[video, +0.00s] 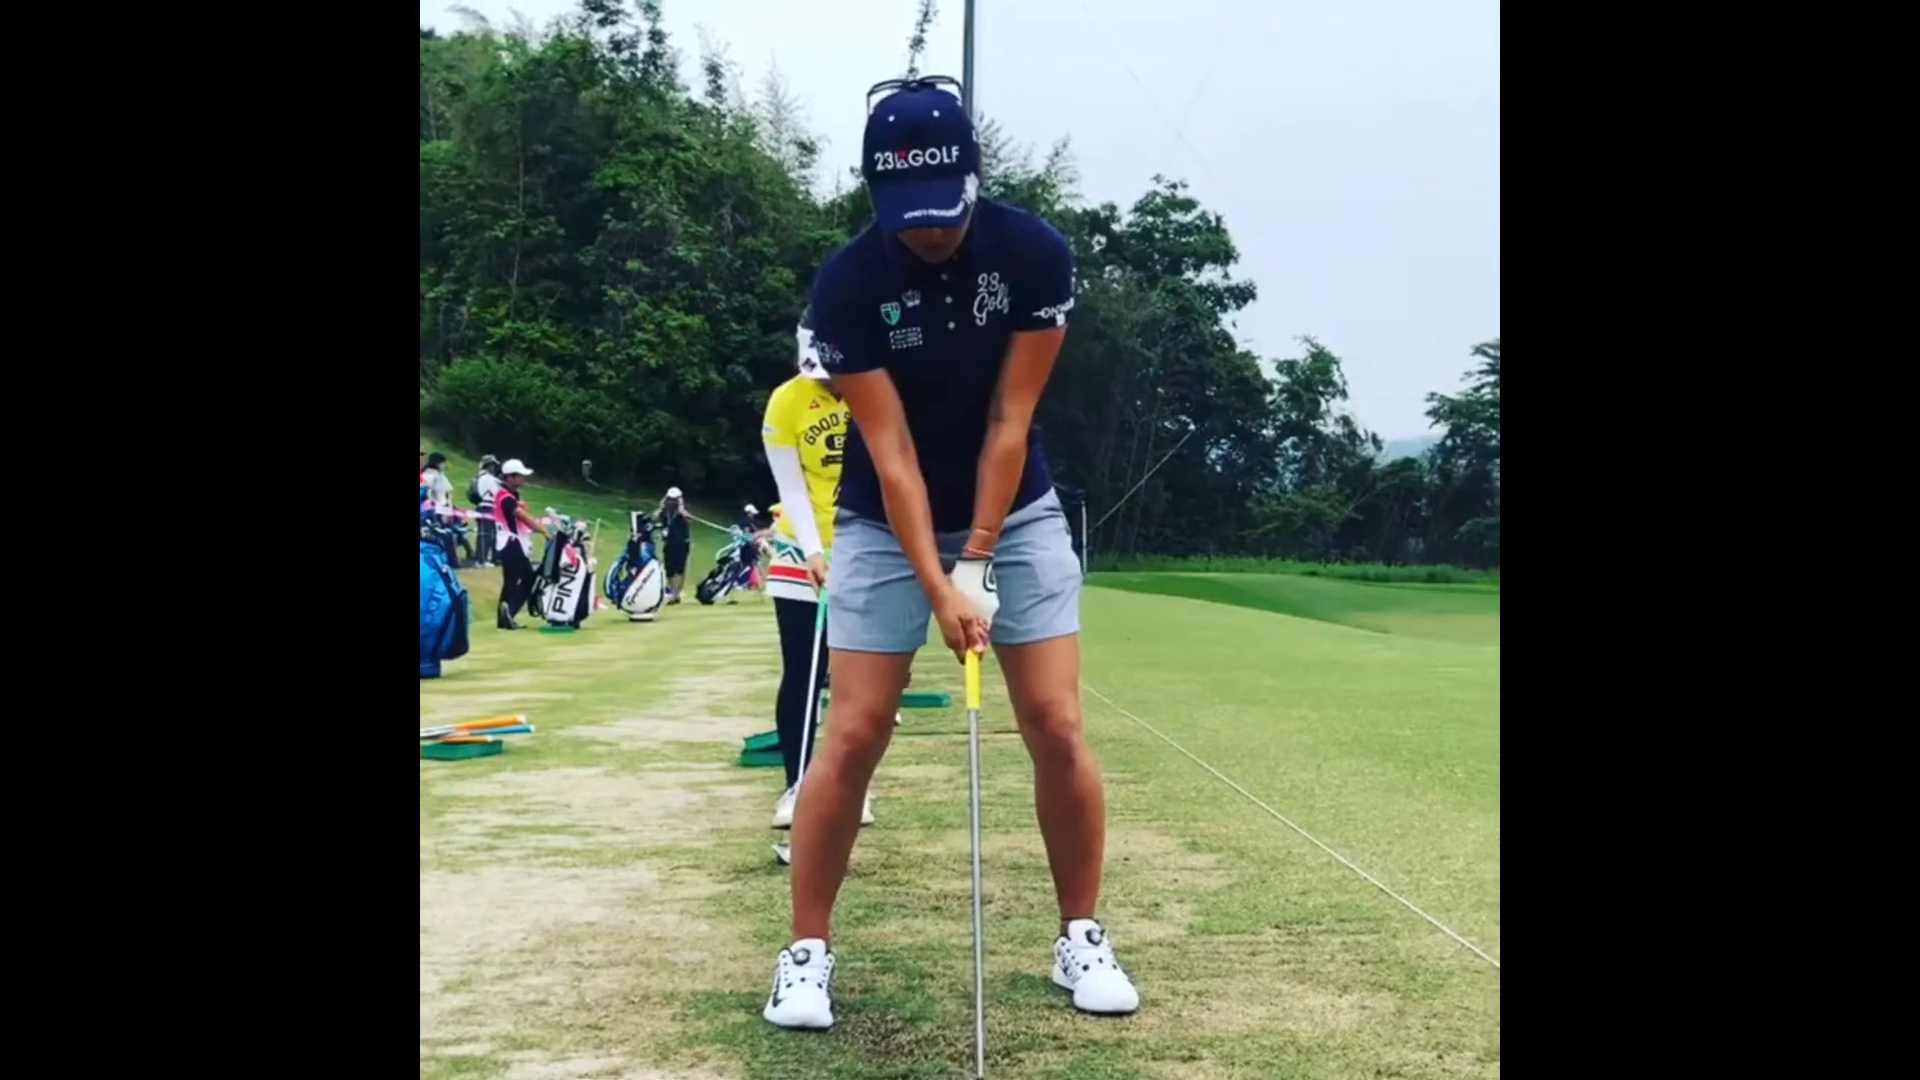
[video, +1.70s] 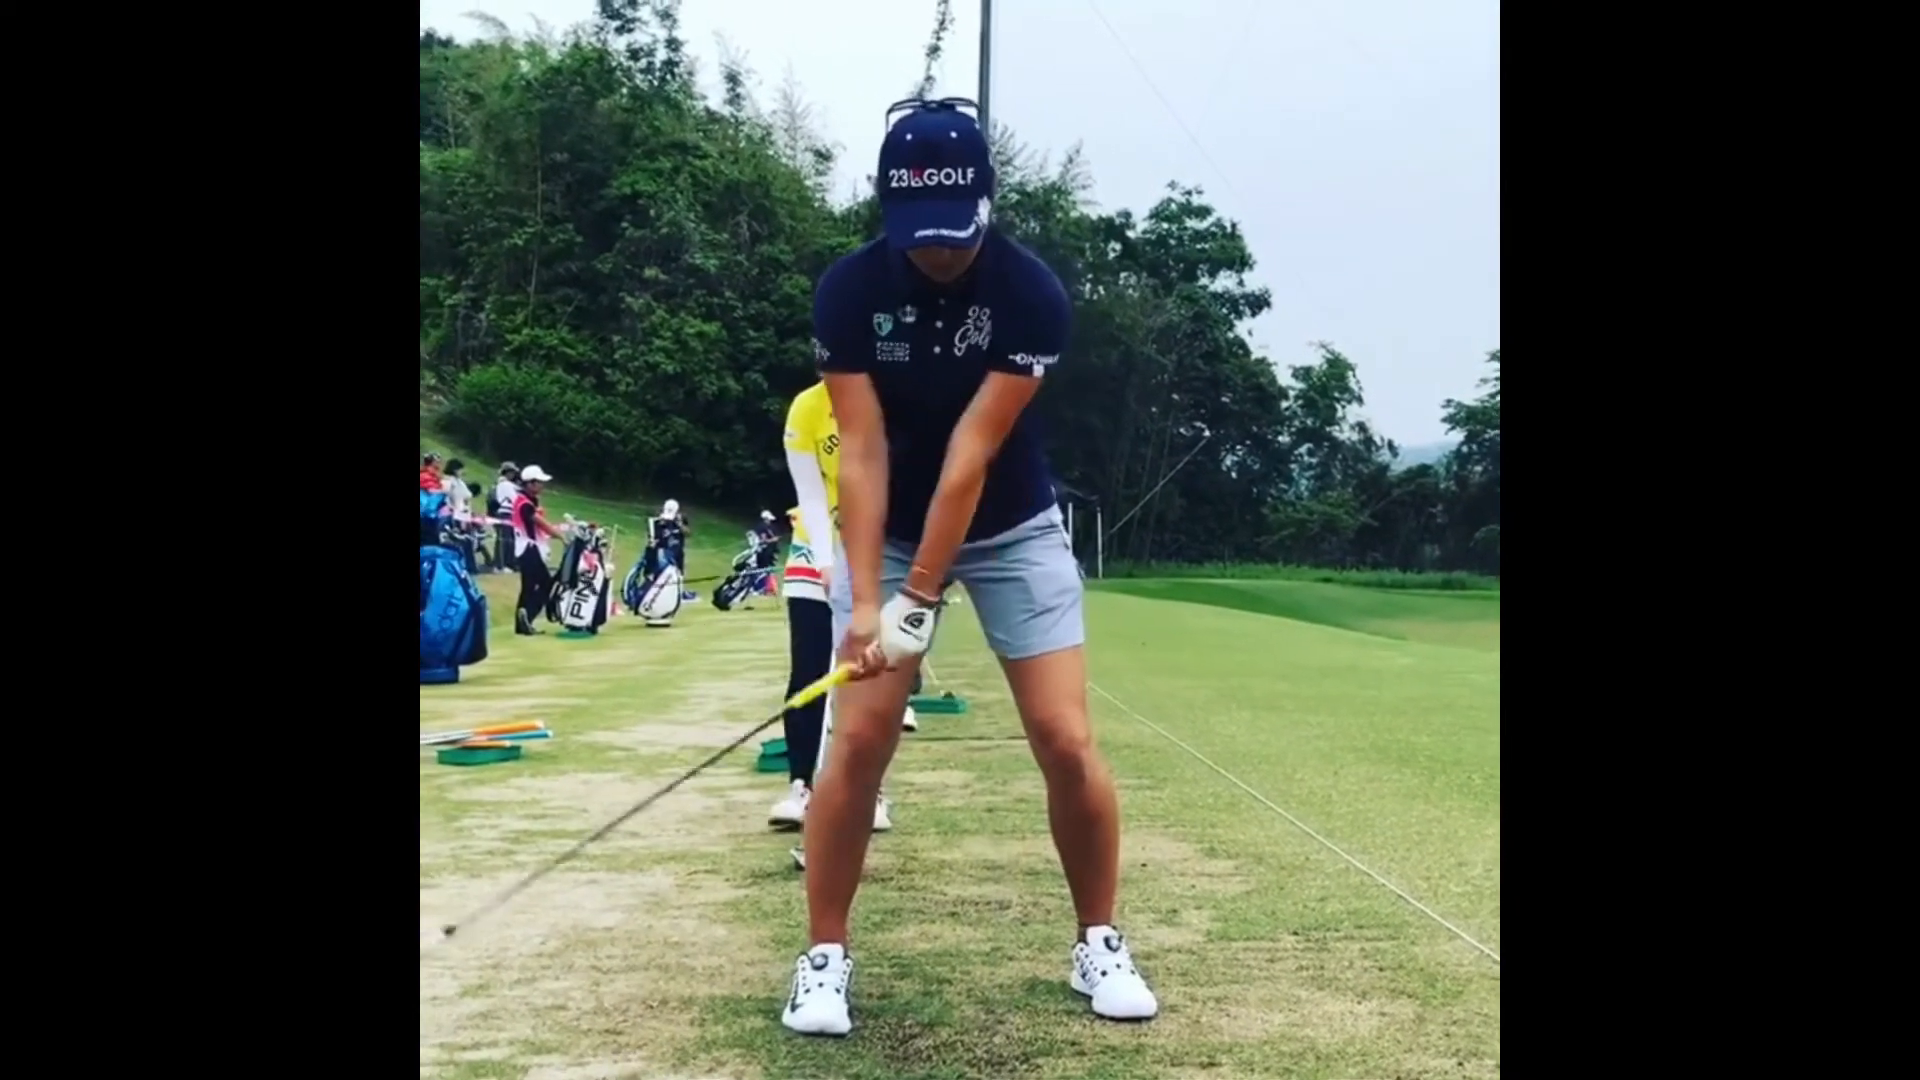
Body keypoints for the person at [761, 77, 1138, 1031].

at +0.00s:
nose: (931, 226)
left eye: (946, 204)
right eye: (911, 209)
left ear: (973, 176)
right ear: (879, 188)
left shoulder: (1033, 256)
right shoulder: (844, 287)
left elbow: (1011, 420)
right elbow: (891, 454)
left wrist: (977, 559)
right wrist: (937, 584)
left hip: (1013, 507)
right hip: (884, 515)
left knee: (1057, 726)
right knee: (855, 731)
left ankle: (1082, 938)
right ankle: (807, 949)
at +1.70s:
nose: (941, 247)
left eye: (958, 226)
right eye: (922, 229)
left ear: (986, 203)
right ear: (892, 207)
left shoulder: (1032, 296)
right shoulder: (847, 292)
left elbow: (971, 457)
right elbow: (858, 450)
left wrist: (919, 600)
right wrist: (865, 602)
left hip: (1013, 530)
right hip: (891, 535)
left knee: (1066, 741)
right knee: (858, 743)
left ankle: (1100, 942)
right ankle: (825, 954)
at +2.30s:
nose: (954, 260)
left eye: (970, 238)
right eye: (932, 244)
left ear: (1000, 216)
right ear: (904, 231)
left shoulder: (1002, 316)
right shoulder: (911, 288)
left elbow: (842, 283)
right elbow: (837, 329)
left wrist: (758, 212)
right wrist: (785, 226)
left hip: (1036, 556)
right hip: (917, 551)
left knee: (1071, 774)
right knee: (874, 750)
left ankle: (1099, 953)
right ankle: (825, 964)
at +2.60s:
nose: (1011, 275)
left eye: (1011, 249)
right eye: (987, 268)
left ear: (1008, 218)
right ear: (941, 270)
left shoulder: (1012, 234)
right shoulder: (981, 349)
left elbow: (1111, 299)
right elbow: (1137, 370)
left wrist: (1213, 357)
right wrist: (1242, 360)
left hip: (1094, 519)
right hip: (1024, 540)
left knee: (1096, 730)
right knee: (978, 754)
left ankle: (1093, 951)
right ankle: (817, 932)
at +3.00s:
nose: (1138, 160)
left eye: (1133, 146)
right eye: (1126, 151)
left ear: (1039, 166)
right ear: (1086, 166)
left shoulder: (979, 243)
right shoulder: (1143, 238)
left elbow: (906, 198)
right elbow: (1068, 159)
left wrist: (911, 108)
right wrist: (967, 98)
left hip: (1000, 515)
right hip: (1086, 519)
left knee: (1072, 745)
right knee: (1018, 762)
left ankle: (1074, 961)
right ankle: (878, 931)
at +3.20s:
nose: (1135, 149)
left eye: (1128, 135)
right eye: (1123, 141)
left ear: (1035, 160)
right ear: (1091, 160)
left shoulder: (980, 247)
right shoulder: (1147, 231)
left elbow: (879, 198)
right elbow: (1071, 186)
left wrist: (908, 106)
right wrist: (995, 119)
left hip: (993, 517)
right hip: (1083, 521)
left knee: (1065, 749)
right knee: (1009, 766)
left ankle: (1067, 963)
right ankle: (873, 932)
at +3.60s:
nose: (1131, 149)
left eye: (1124, 135)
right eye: (1119, 141)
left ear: (1033, 164)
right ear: (1086, 160)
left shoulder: (976, 253)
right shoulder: (1140, 236)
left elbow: (880, 199)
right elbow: (1062, 185)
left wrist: (919, 105)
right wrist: (989, 116)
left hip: (991, 523)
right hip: (1077, 527)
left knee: (1062, 750)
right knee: (1003, 770)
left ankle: (1063, 969)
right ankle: (869, 937)